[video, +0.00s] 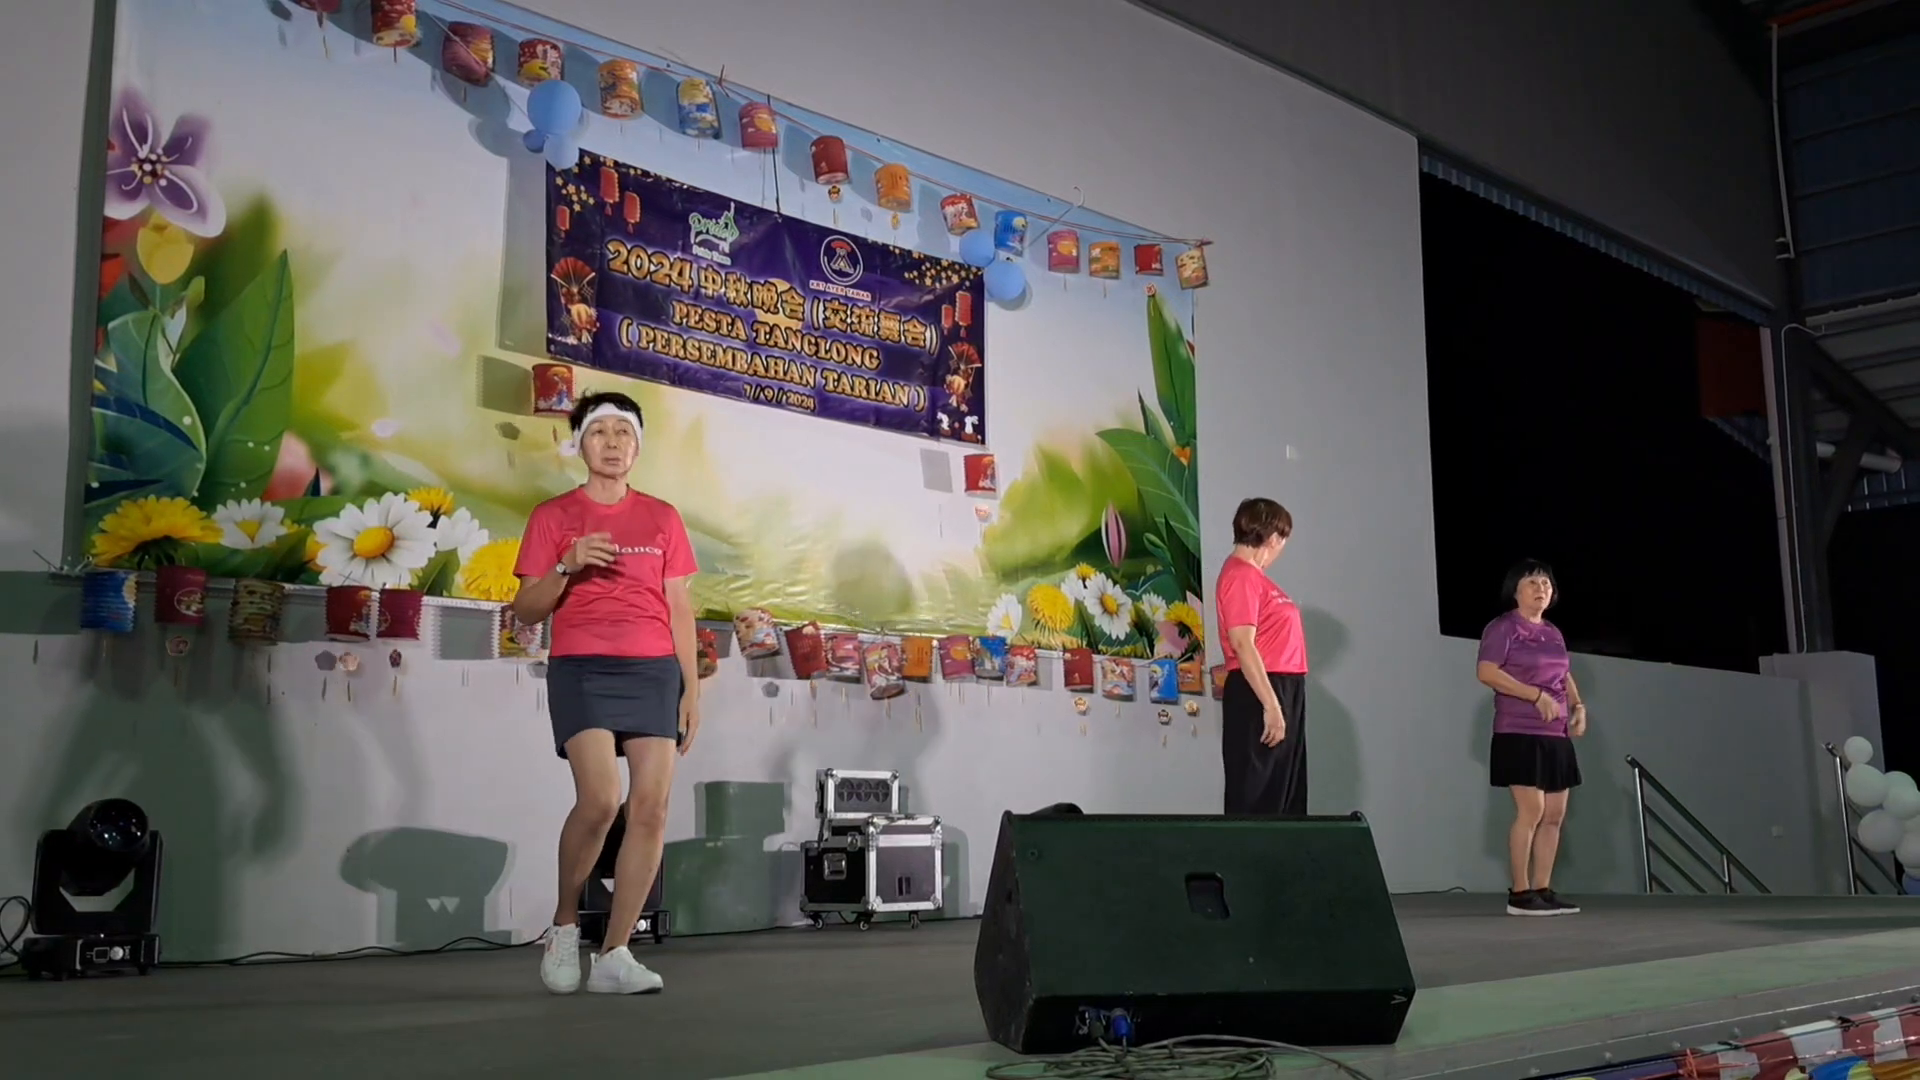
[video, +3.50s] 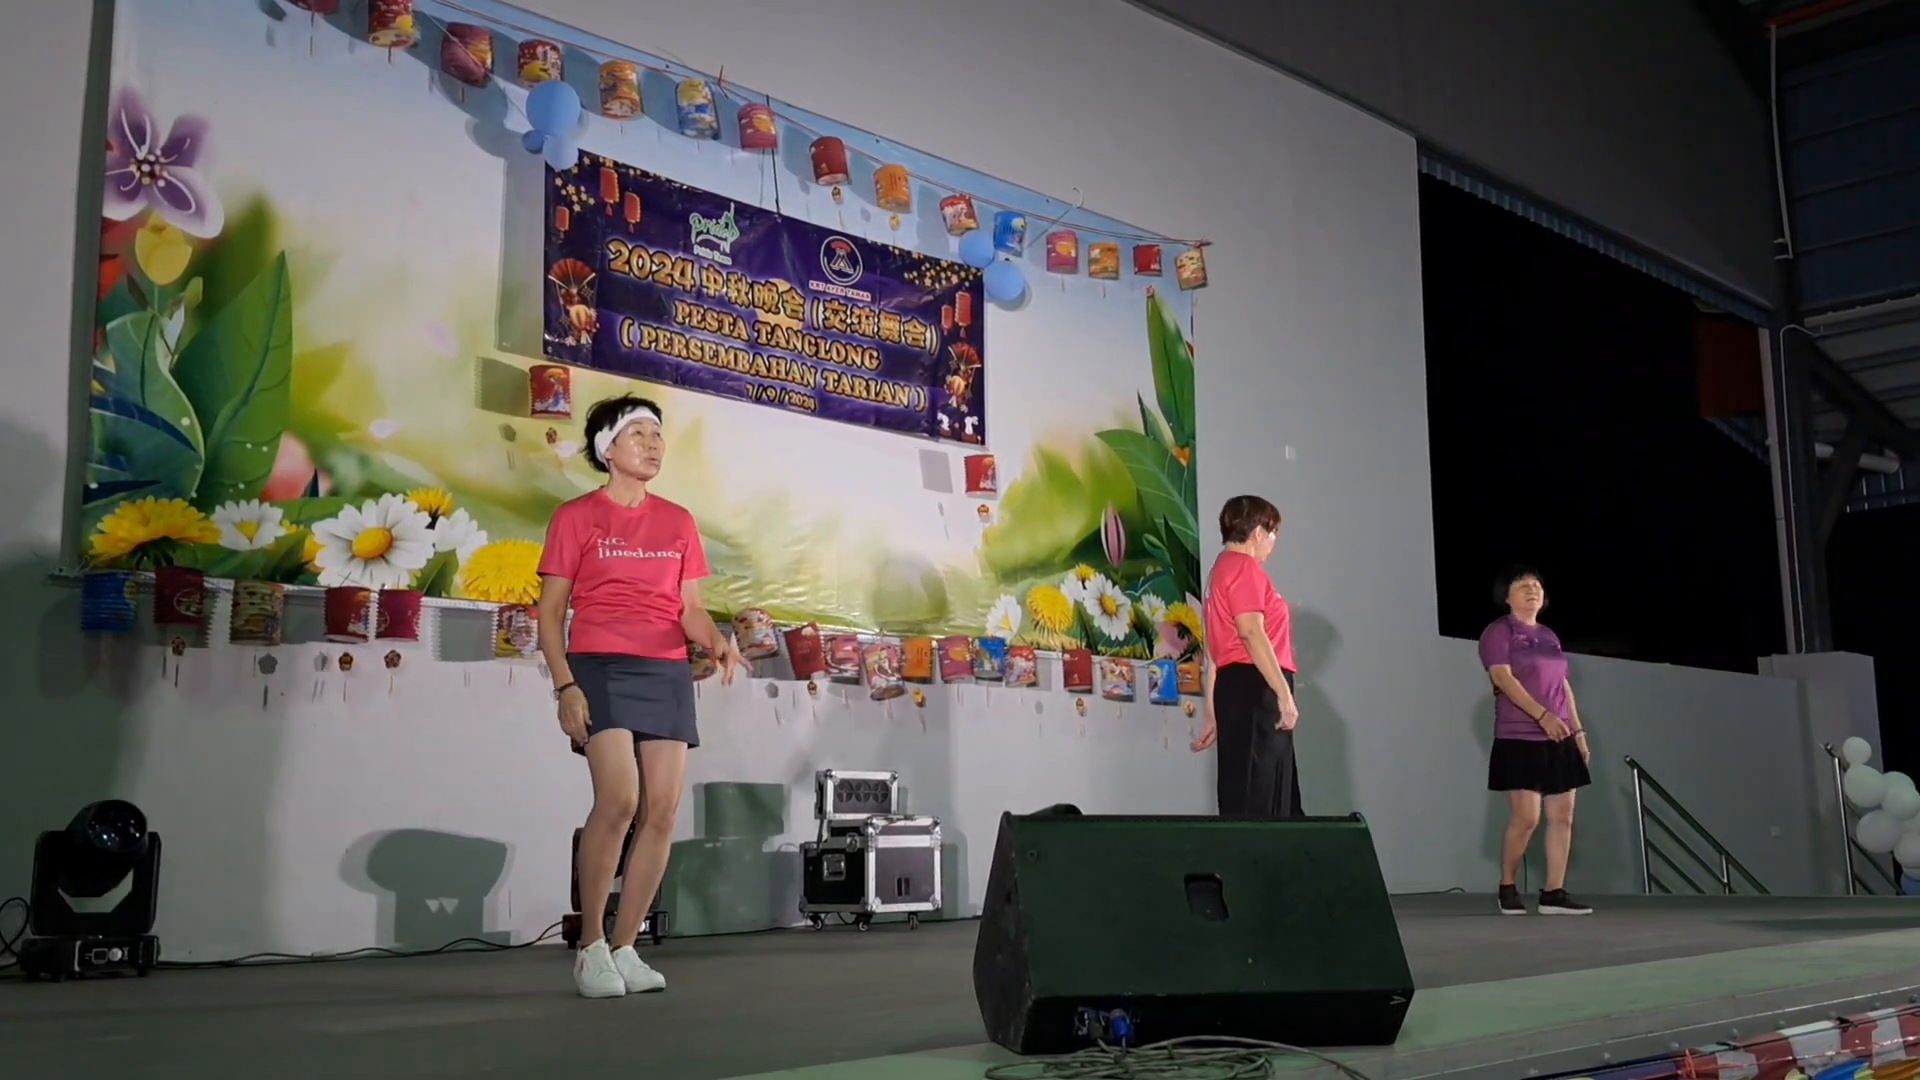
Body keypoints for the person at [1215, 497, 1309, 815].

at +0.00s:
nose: (1281, 547)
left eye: (1284, 540)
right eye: (1283, 539)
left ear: (1245, 530)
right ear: (1272, 538)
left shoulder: (1253, 575)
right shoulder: (1241, 575)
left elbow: (1251, 642)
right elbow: (1242, 643)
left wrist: (1283, 701)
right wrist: (1271, 705)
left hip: (1284, 687)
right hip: (1261, 688)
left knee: (1284, 792)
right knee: (1256, 793)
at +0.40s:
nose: (1295, 544)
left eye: (1296, 536)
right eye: (1288, 535)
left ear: (1264, 541)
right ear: (1261, 539)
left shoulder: (1276, 579)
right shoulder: (1245, 578)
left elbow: (1282, 645)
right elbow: (1241, 647)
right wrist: (1263, 707)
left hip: (1303, 692)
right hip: (1273, 693)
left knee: (1303, 800)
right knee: (1279, 803)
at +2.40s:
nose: (1305, 537)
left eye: (1306, 529)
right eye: (1298, 528)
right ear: (1271, 534)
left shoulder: (1299, 583)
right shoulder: (1252, 578)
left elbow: (1317, 649)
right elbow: (1241, 646)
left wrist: (1348, 697)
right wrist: (1251, 709)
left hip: (1311, 700)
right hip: (1273, 698)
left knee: (1306, 808)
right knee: (1275, 809)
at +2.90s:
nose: (1294, 536)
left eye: (1293, 528)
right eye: (1291, 527)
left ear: (1267, 530)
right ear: (1276, 530)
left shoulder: (1268, 574)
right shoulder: (1252, 570)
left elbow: (1281, 650)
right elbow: (1247, 637)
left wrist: (1311, 703)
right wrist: (1269, 700)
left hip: (1285, 692)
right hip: (1261, 691)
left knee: (1287, 796)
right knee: (1261, 798)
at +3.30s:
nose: (1280, 544)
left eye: (1282, 536)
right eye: (1280, 536)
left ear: (1242, 529)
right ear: (1267, 533)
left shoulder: (1231, 567)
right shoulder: (1247, 566)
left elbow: (1244, 635)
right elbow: (1253, 633)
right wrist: (1284, 695)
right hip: (1255, 681)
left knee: (1277, 791)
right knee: (1254, 791)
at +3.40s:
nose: (1277, 541)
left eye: (1277, 533)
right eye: (1276, 532)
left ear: (1235, 529)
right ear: (1263, 532)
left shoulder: (1223, 571)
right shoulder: (1247, 566)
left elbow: (1219, 657)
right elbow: (1254, 632)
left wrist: (1213, 717)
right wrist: (1284, 695)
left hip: (1236, 680)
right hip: (1257, 681)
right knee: (1258, 790)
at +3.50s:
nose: (1274, 543)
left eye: (1275, 534)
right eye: (1272, 533)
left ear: (1234, 530)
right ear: (1255, 532)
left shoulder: (1221, 572)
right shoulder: (1243, 566)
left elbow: (1215, 656)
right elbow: (1251, 632)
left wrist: (1212, 715)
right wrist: (1284, 693)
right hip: (1254, 680)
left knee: (1278, 793)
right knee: (1253, 792)